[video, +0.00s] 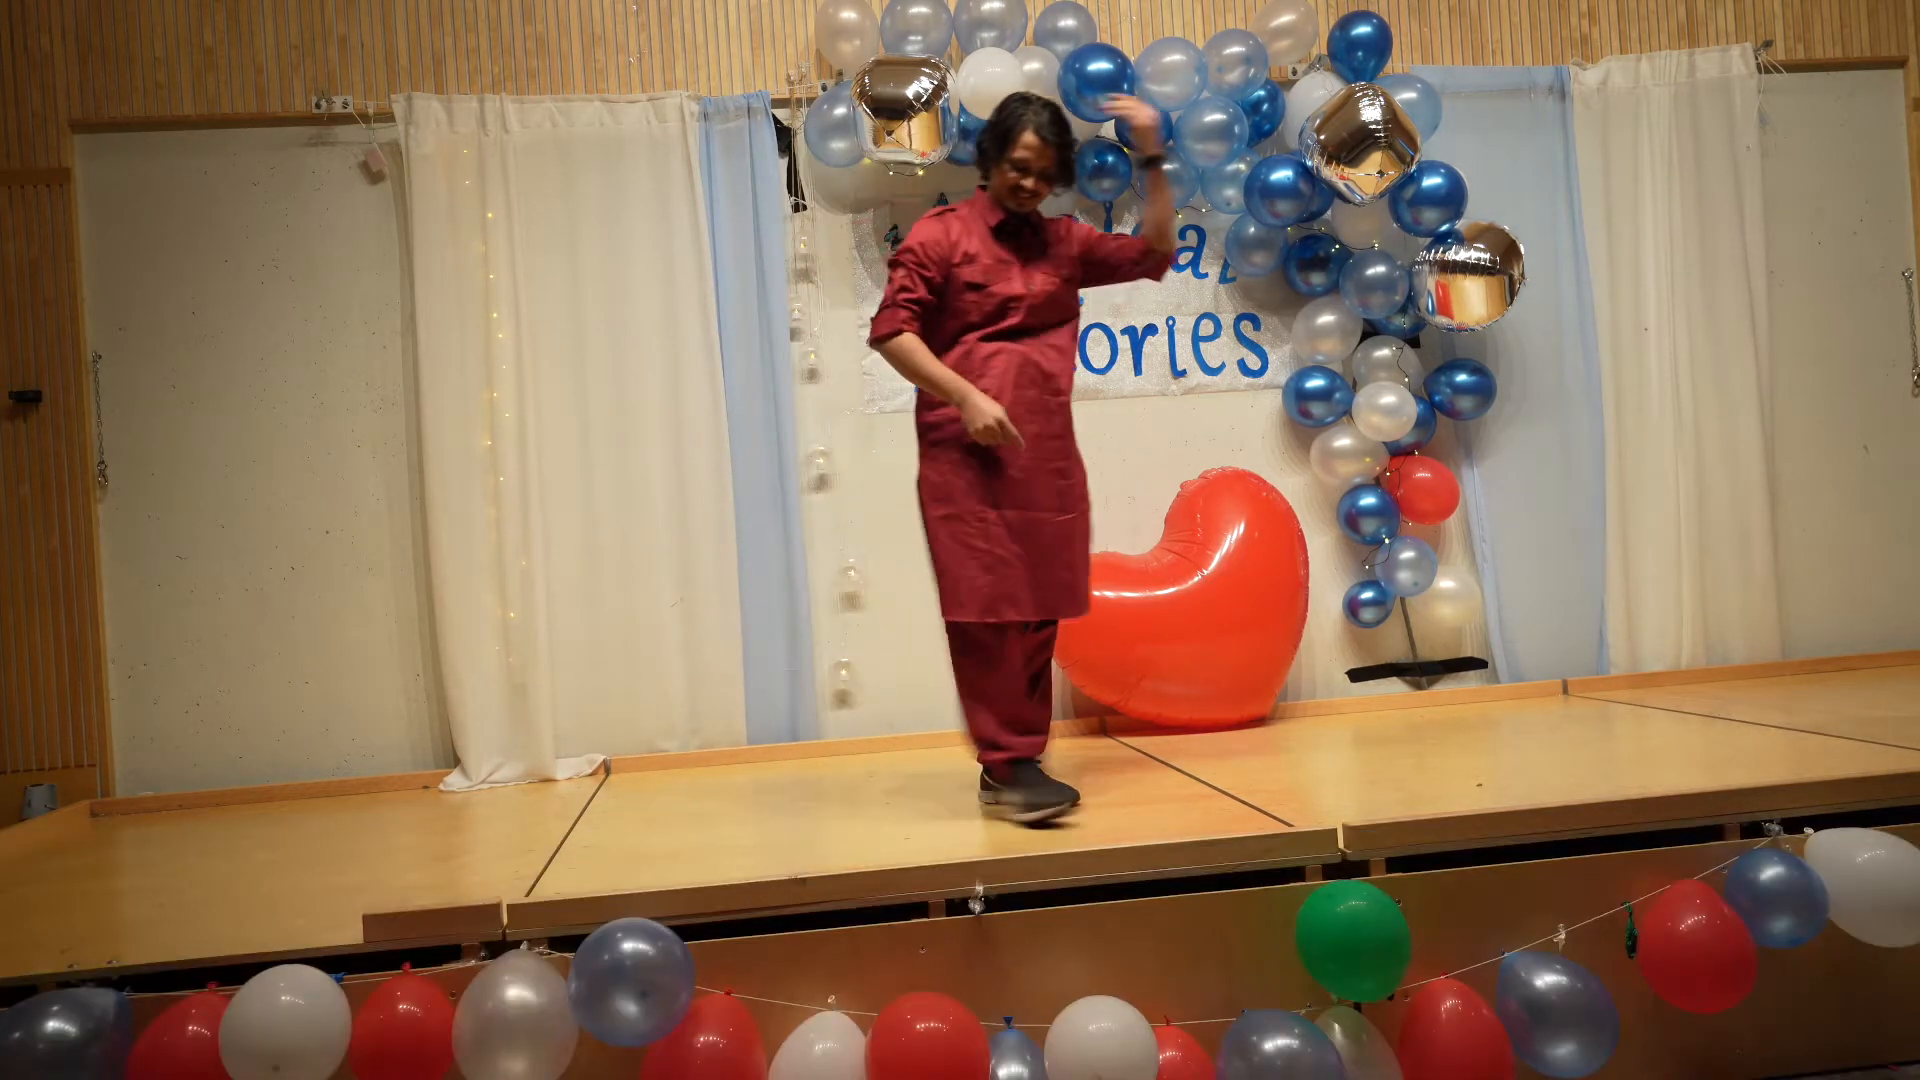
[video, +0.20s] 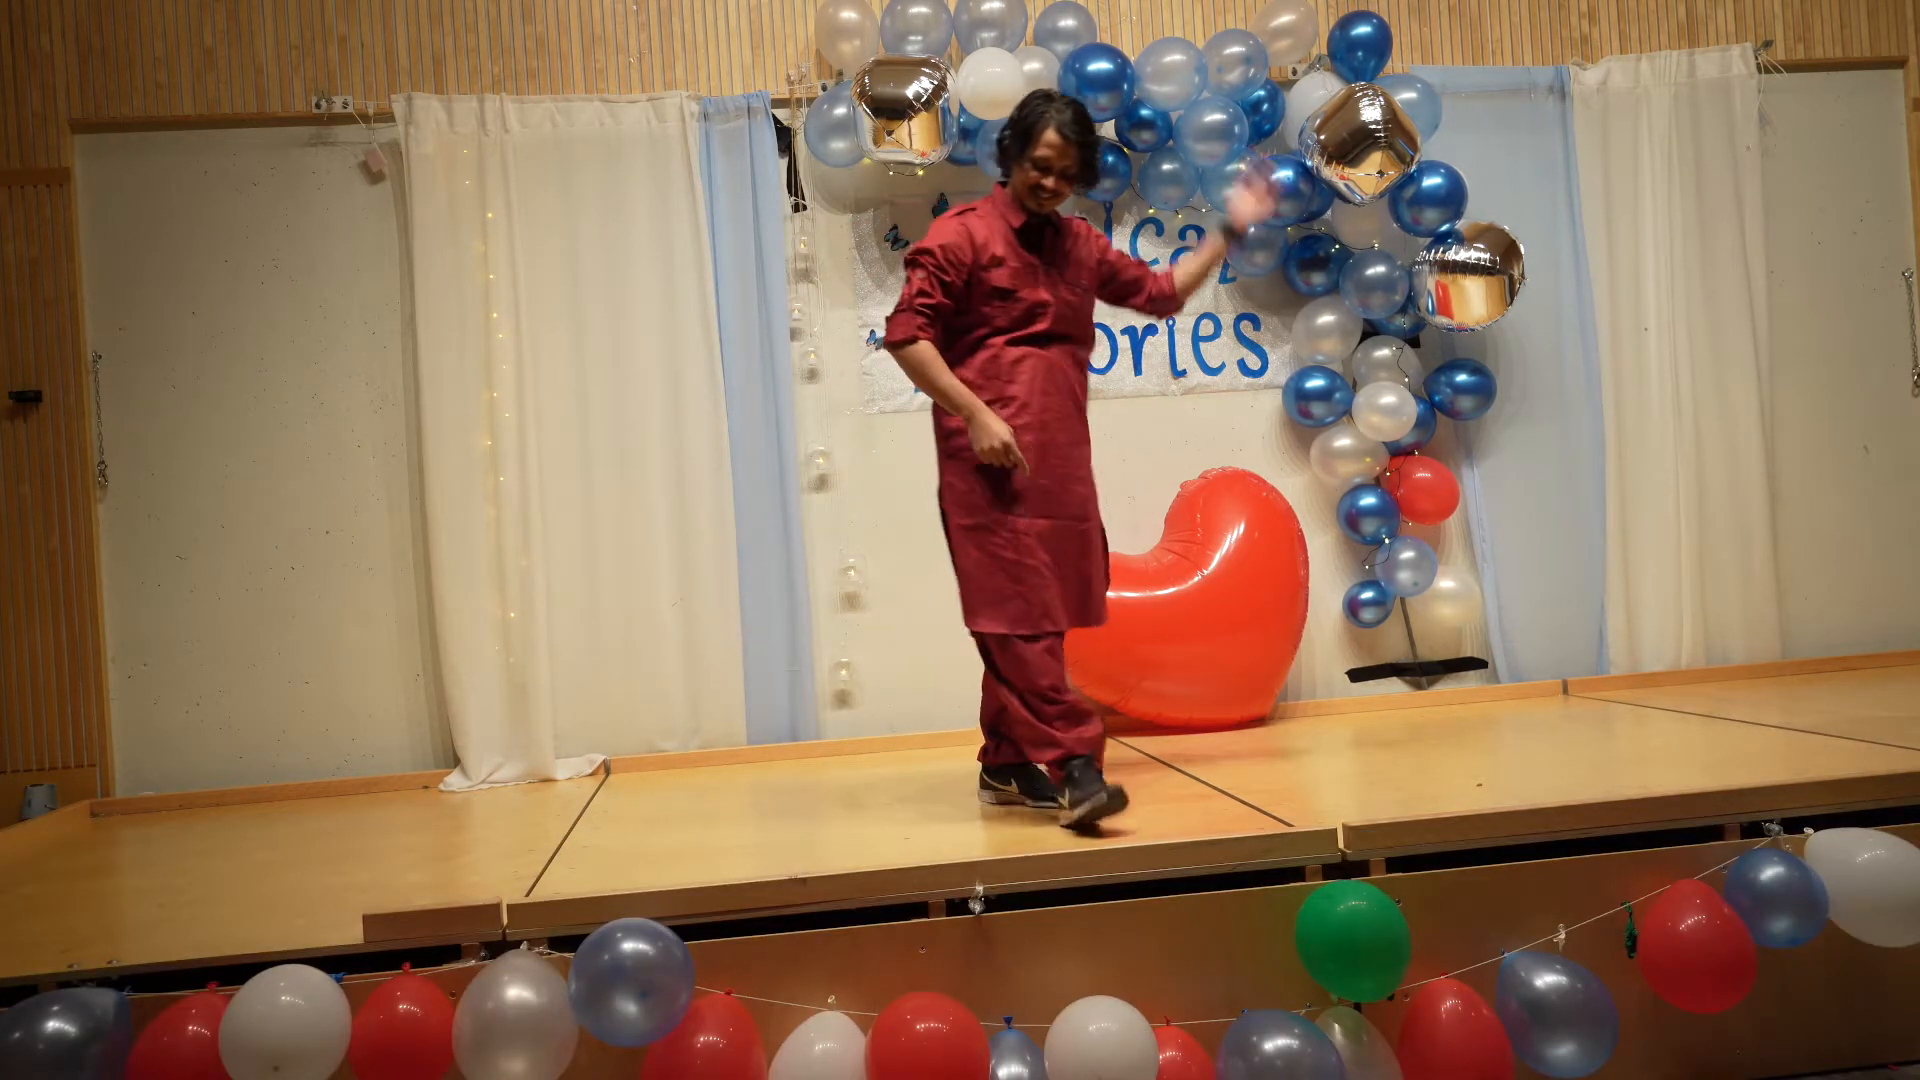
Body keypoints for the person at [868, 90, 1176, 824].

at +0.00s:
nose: (1029, 184)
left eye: (1044, 174)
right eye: (1018, 169)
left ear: (1059, 174)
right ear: (989, 159)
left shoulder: (1063, 239)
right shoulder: (940, 234)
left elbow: (1156, 254)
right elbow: (890, 330)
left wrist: (1153, 158)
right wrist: (964, 396)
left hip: (1045, 449)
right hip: (966, 451)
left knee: (1036, 602)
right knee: (987, 604)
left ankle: (1022, 762)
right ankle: (1003, 769)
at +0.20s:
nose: (1050, 182)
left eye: (1066, 172)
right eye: (1038, 165)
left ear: (1080, 174)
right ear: (1010, 157)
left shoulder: (1078, 242)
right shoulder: (964, 231)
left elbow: (1162, 292)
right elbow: (905, 333)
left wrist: (1229, 230)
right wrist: (974, 413)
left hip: (1059, 454)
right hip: (987, 455)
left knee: (1041, 601)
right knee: (1017, 604)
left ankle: (1006, 760)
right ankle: (1074, 764)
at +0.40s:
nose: (1070, 163)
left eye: (1086, 152)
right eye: (1057, 146)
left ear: (1100, 156)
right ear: (1027, 141)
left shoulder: (1097, 232)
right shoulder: (979, 224)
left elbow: (1150, 328)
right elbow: (929, 332)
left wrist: (1246, 337)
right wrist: (1001, 416)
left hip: (1078, 443)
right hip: (1005, 447)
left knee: (1061, 594)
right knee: (1032, 602)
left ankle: (1014, 749)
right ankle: (1077, 769)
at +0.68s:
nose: (1078, 114)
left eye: (1092, 102)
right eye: (1063, 100)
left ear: (1110, 118)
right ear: (1035, 112)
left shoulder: (1131, 221)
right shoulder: (991, 207)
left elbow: (1151, 327)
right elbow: (946, 316)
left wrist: (1192, 390)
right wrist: (1023, 390)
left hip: (1111, 442)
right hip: (1019, 446)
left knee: (1123, 600)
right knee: (1043, 609)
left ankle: (1064, 725)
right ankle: (1084, 776)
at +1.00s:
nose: (1097, 84)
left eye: (1110, 74)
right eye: (1081, 74)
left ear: (1131, 99)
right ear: (1052, 100)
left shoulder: (1165, 200)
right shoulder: (1019, 190)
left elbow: (1224, 293)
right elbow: (975, 277)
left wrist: (1222, 278)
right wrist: (1067, 301)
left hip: (1150, 435)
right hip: (1050, 441)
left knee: (1187, 601)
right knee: (1057, 613)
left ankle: (1228, 775)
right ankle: (1086, 782)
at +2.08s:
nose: (1188, 52)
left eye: (1200, 43)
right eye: (1170, 45)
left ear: (1221, 73)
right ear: (1142, 72)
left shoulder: (1260, 156)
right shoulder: (1122, 160)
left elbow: (1342, 106)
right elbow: (1089, 127)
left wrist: (1294, 19)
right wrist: (1161, 23)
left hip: (1256, 411)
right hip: (1152, 415)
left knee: (1255, 609)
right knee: (1143, 612)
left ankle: (1243, 784)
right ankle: (1150, 792)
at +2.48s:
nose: (1186, 46)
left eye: (1199, 36)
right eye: (1166, 38)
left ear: (1223, 66)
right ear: (1137, 73)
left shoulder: (1267, 163)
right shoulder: (1116, 166)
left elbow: (1374, 186)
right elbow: (1052, 233)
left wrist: (1432, 142)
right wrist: (1077, 165)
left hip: (1255, 429)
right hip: (1147, 430)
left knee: (1251, 613)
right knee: (1140, 615)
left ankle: (1243, 785)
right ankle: (1149, 793)